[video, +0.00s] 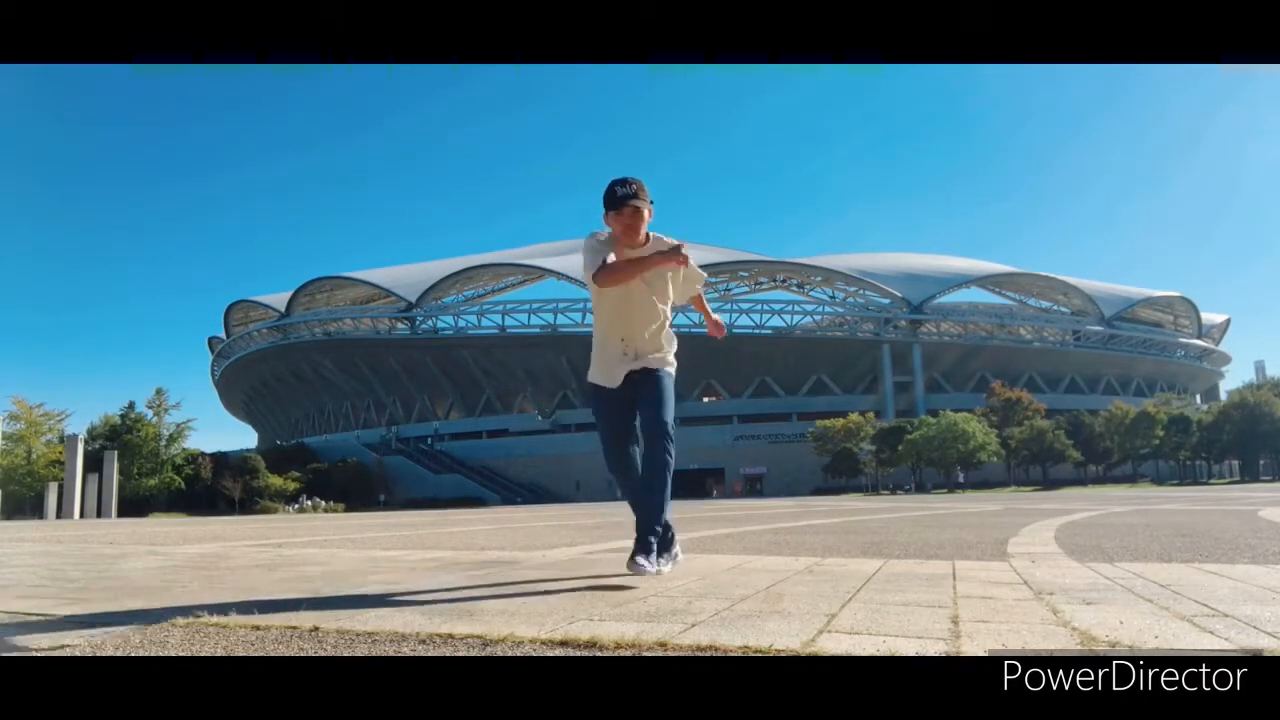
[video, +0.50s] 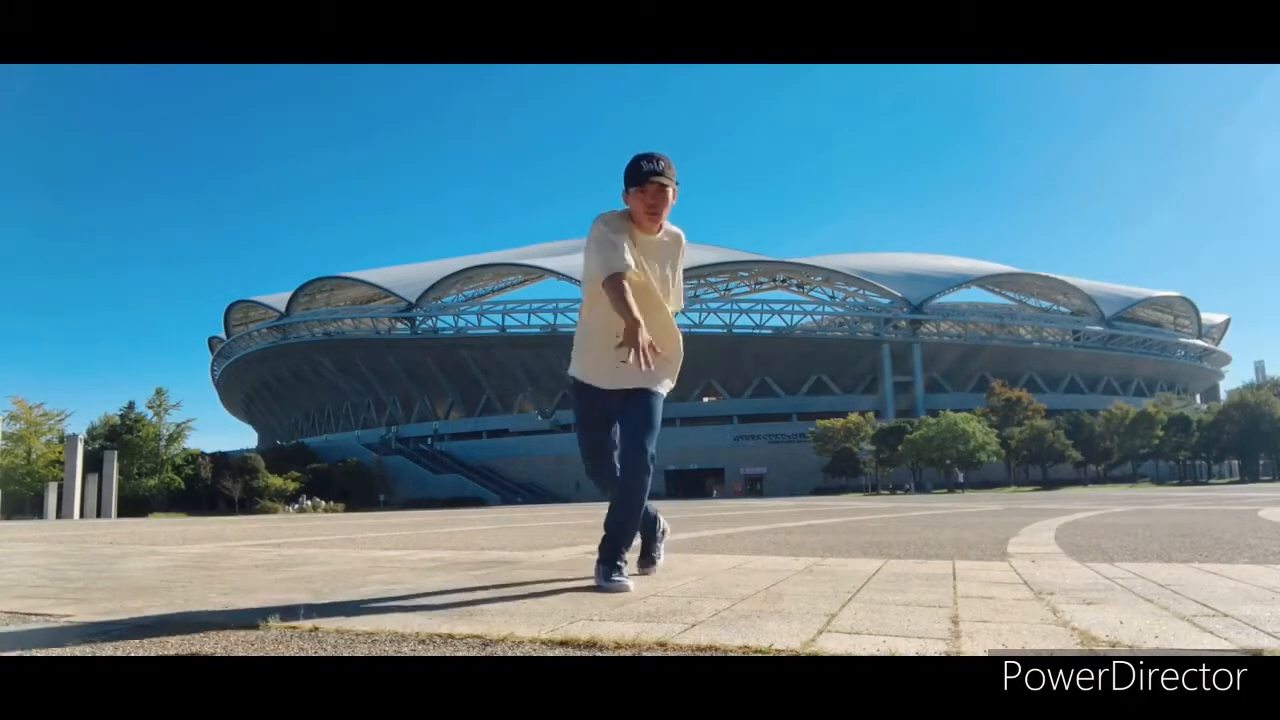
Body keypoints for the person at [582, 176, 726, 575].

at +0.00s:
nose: (631, 221)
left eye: (637, 212)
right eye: (622, 214)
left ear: (650, 213)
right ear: (608, 217)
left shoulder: (669, 250)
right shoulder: (596, 244)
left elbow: (691, 286)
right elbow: (602, 277)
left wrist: (709, 317)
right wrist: (659, 261)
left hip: (655, 362)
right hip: (607, 366)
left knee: (660, 436)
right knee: (619, 459)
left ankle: (647, 544)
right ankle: (663, 536)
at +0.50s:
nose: (655, 200)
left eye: (663, 192)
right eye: (645, 191)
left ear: (674, 196)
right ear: (628, 194)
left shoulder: (675, 241)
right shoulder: (607, 228)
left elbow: (669, 303)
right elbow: (613, 279)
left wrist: (655, 347)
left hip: (645, 371)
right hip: (593, 370)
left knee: (640, 458)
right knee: (599, 465)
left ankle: (612, 559)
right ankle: (649, 523)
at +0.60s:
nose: (656, 185)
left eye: (664, 176)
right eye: (645, 177)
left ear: (675, 180)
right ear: (627, 181)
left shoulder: (684, 230)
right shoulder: (600, 225)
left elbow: (668, 292)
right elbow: (561, 289)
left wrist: (656, 349)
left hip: (649, 371)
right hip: (592, 361)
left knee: (641, 464)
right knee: (554, 454)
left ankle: (613, 561)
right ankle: (593, 491)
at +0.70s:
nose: (634, 172)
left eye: (643, 161)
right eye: (623, 164)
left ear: (657, 166)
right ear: (609, 171)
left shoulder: (686, 225)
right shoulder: (592, 215)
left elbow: (695, 300)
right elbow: (548, 268)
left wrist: (681, 323)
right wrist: (506, 310)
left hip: (654, 361)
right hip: (598, 342)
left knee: (641, 465)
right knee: (538, 417)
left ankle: (611, 560)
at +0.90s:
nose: (640, 164)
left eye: (649, 155)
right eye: (631, 154)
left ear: (659, 160)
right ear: (611, 157)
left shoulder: (666, 201)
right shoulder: (583, 204)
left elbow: (663, 242)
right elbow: (573, 265)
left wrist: (608, 214)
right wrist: (565, 312)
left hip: (655, 333)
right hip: (603, 321)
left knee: (646, 448)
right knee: (621, 370)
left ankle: (605, 554)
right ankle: (642, 491)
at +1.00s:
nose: (645, 156)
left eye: (653, 148)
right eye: (636, 147)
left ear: (662, 154)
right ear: (614, 152)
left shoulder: (669, 194)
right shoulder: (581, 200)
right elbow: (560, 257)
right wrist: (553, 308)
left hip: (667, 334)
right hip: (614, 332)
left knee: (661, 447)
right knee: (651, 426)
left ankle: (606, 549)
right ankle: (673, 558)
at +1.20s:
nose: (651, 149)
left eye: (658, 141)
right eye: (642, 139)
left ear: (665, 147)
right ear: (617, 144)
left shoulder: (674, 183)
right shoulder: (591, 188)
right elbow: (569, 232)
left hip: (682, 333)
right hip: (627, 331)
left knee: (682, 457)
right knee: (653, 436)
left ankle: (615, 543)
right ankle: (664, 570)